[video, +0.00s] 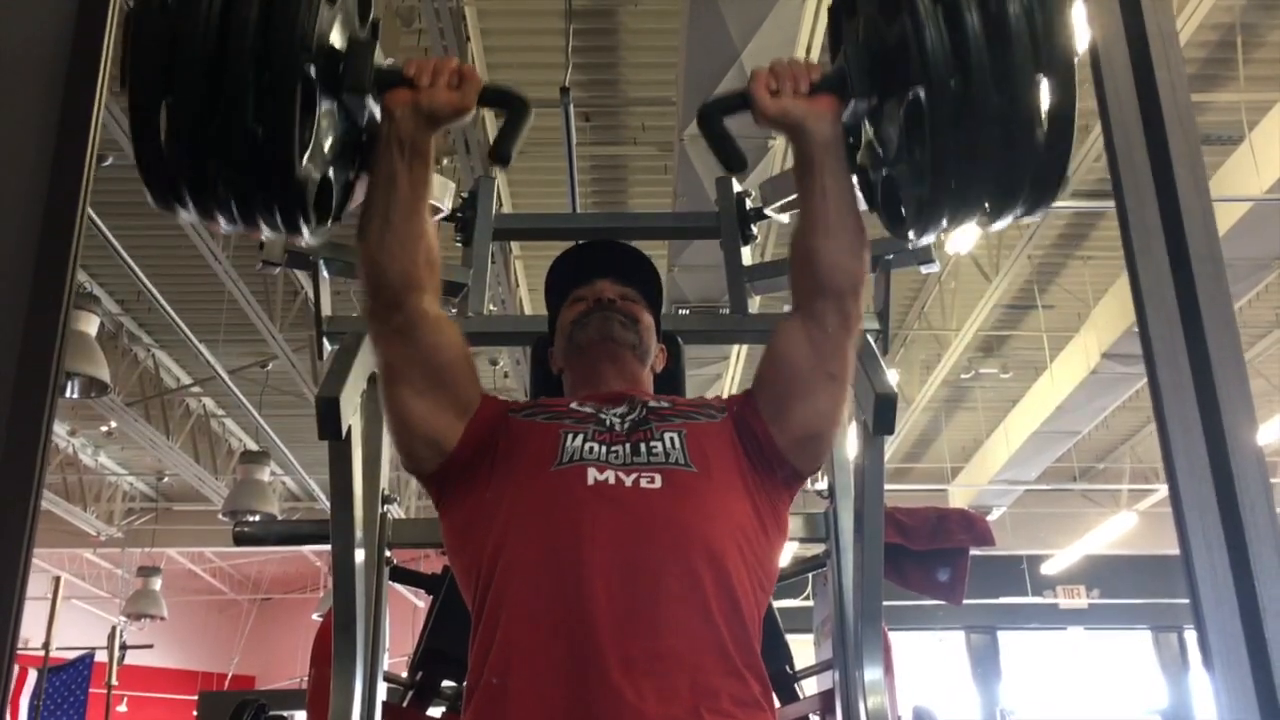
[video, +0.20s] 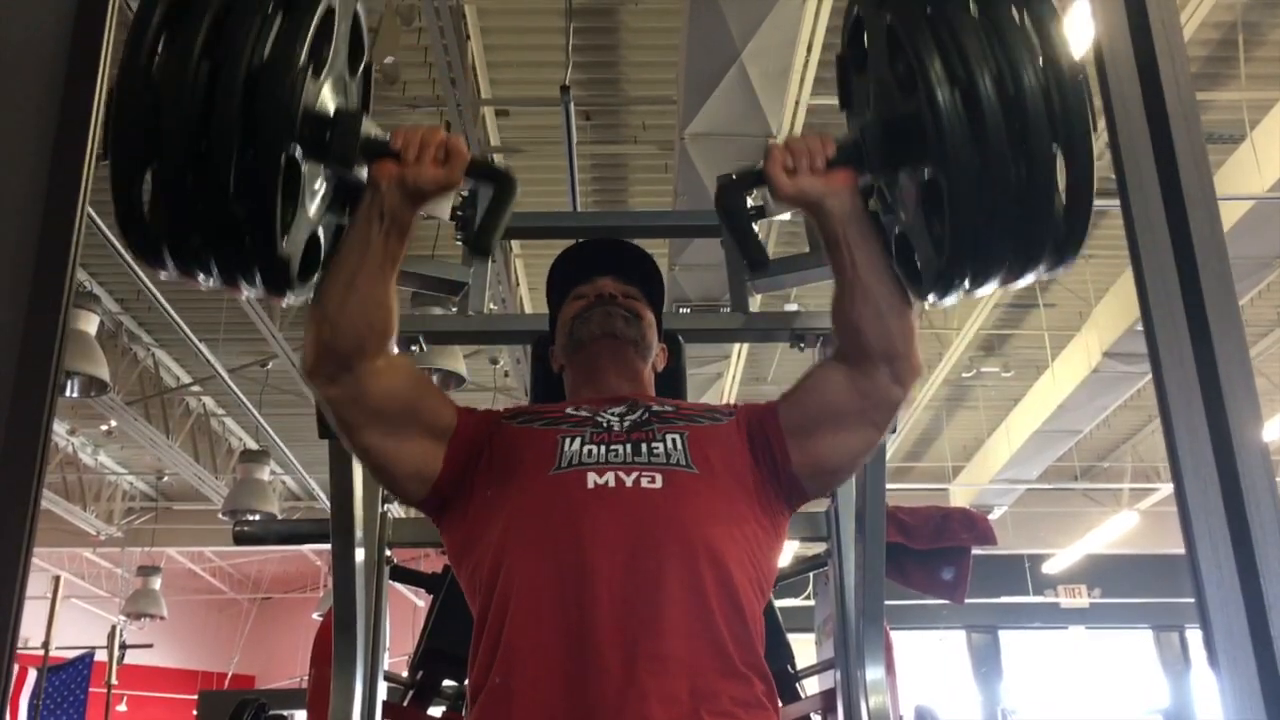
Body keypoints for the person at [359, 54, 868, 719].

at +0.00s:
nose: (605, 302)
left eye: (629, 302)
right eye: (581, 303)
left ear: (661, 355)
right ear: (551, 355)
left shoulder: (751, 442)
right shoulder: (483, 446)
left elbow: (831, 300)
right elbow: (401, 301)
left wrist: (818, 133)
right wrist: (407, 130)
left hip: (724, 708)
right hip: (517, 708)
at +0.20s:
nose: (606, 296)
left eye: (631, 297)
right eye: (582, 296)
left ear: (662, 351)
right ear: (551, 350)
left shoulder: (751, 441)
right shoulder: (478, 448)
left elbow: (883, 368)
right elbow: (342, 366)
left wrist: (838, 208)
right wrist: (391, 205)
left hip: (726, 702)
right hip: (526, 702)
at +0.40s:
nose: (608, 298)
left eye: (632, 299)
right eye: (582, 300)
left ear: (663, 356)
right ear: (552, 356)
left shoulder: (746, 449)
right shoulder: (487, 456)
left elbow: (912, 428)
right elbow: (309, 428)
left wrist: (857, 283)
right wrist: (371, 280)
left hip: (724, 703)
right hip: (527, 705)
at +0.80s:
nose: (610, 298)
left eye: (635, 299)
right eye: (585, 300)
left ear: (666, 357)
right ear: (554, 357)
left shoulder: (744, 454)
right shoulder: (489, 461)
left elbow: (924, 516)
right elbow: (296, 530)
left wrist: (877, 390)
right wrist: (346, 384)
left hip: (729, 706)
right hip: (528, 706)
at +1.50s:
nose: (609, 306)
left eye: (634, 308)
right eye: (584, 307)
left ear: (665, 361)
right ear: (553, 359)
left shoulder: (744, 453)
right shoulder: (488, 458)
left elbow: (924, 444)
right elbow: (302, 438)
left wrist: (860, 311)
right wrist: (363, 301)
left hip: (724, 703)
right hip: (525, 705)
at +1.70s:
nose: (607, 316)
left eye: (632, 313)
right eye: (584, 313)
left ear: (665, 360)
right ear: (553, 361)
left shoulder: (752, 448)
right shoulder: (480, 450)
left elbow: (895, 380)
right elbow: (333, 363)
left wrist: (844, 229)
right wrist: (388, 215)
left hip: (725, 704)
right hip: (522, 705)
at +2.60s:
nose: (614, 305)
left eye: (638, 306)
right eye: (588, 305)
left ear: (666, 362)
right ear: (556, 359)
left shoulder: (744, 457)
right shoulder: (488, 463)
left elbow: (918, 455)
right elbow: (309, 445)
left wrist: (862, 308)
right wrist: (367, 297)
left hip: (721, 703)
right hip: (527, 704)